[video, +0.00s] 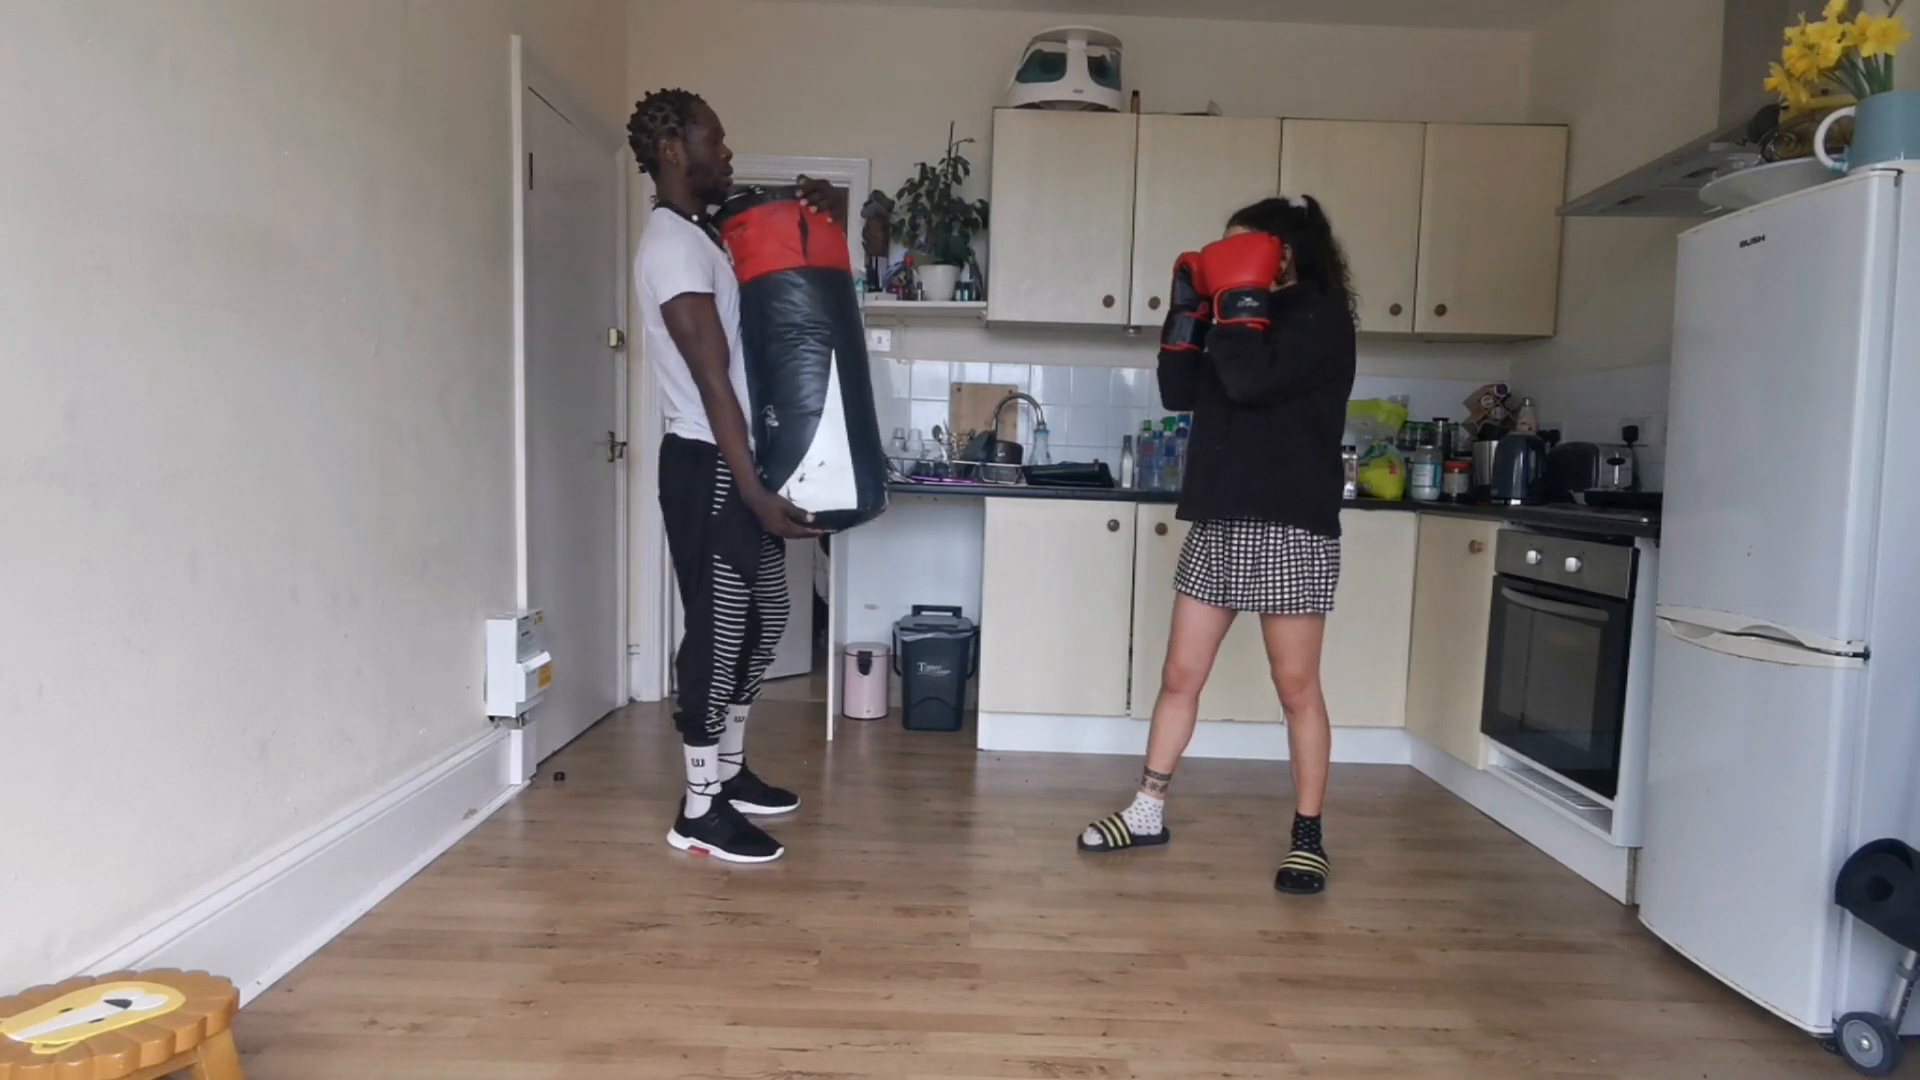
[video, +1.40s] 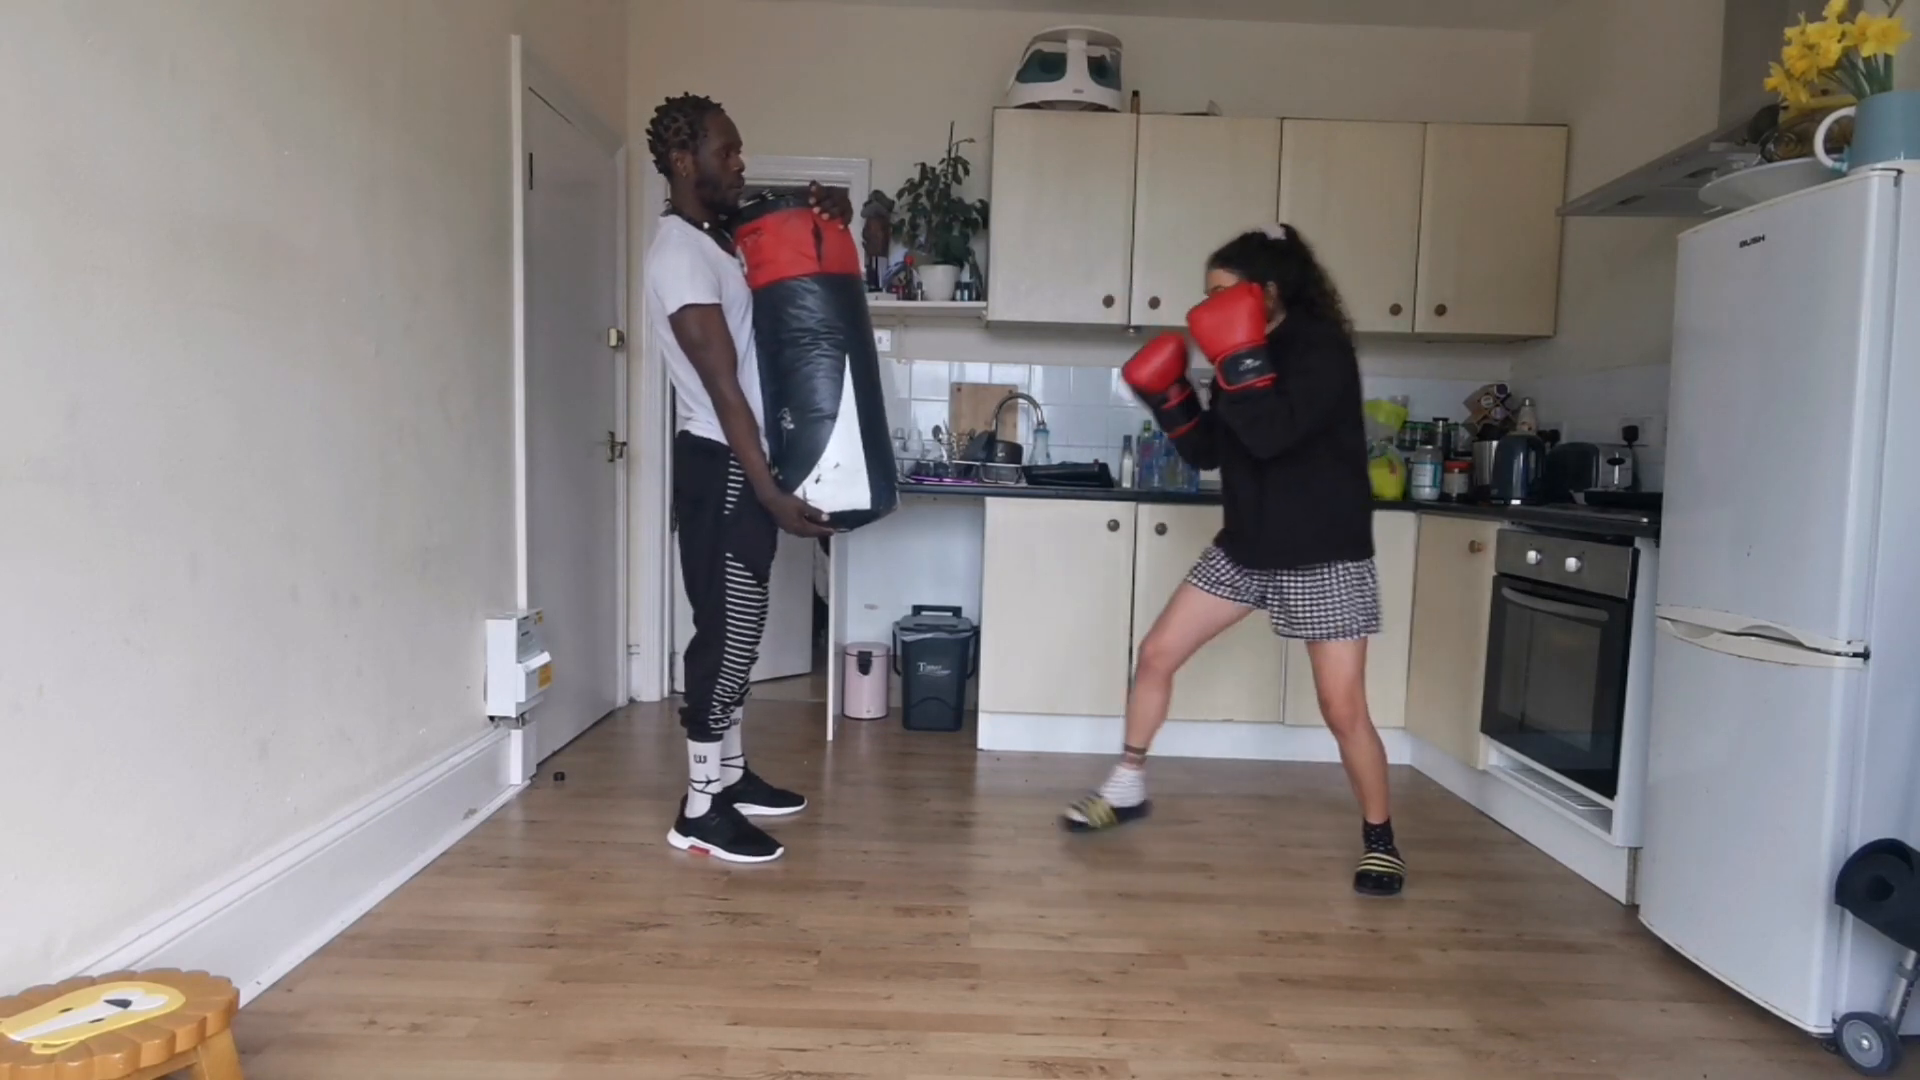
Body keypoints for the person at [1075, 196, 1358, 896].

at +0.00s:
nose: (1237, 261)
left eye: (1249, 248)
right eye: (1235, 248)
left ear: (1288, 255)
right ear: (1248, 262)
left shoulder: (1323, 318)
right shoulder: (1237, 319)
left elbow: (1247, 382)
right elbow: (1177, 392)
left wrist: (1241, 304)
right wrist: (1186, 305)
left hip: (1293, 518)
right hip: (1218, 514)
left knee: (1297, 684)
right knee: (1180, 674)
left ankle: (1307, 835)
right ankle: (1148, 810)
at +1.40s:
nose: (1215, 307)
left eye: (1225, 292)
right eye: (1212, 295)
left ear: (1270, 292)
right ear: (1238, 299)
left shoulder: (1319, 347)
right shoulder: (1247, 361)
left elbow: (1271, 435)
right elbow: (1209, 451)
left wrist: (1240, 358)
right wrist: (1170, 398)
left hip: (1325, 548)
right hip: (1248, 543)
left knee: (1343, 709)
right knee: (1156, 654)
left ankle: (1379, 841)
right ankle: (1127, 784)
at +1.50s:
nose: (1148, 307)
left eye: (1159, 292)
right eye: (1146, 295)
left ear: (1200, 288)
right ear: (1158, 299)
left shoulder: (1260, 345)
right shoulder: (1162, 361)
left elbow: (1237, 429)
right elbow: (1130, 434)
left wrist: (1195, 354)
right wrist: (1090, 403)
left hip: (1297, 526)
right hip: (1214, 535)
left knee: (1341, 687)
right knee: (1137, 663)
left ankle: (1380, 834)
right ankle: (1065, 780)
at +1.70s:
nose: (1094, 358)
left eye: (1105, 347)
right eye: (1093, 348)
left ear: (1148, 344)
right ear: (1118, 349)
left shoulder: (1199, 394)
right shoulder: (1117, 404)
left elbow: (1172, 483)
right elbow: (1035, 420)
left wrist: (1128, 415)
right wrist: (951, 405)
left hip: (1257, 557)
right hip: (1175, 563)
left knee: (1317, 706)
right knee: (1092, 659)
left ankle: (1395, 812)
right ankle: (1066, 795)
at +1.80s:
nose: (1112, 353)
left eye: (1126, 341)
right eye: (1114, 341)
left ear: (1170, 347)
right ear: (1137, 343)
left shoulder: (1216, 398)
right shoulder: (1131, 396)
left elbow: (1173, 493)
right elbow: (1065, 438)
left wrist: (1146, 421)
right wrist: (1003, 433)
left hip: (1255, 558)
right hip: (1176, 561)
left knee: (1311, 709)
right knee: (1094, 656)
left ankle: (1397, 805)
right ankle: (1065, 794)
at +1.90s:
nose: (1196, 346)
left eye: (1210, 334)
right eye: (1195, 333)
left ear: (1255, 341)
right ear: (1200, 333)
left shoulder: (1282, 402)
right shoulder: (1210, 394)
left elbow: (1225, 493)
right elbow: (1190, 468)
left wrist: (1214, 417)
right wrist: (1139, 444)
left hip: (1271, 572)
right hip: (1189, 563)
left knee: (1317, 721)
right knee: (1107, 661)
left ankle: (1391, 819)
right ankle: (1069, 792)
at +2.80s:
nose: (1157, 300)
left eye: (1168, 288)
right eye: (1155, 289)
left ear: (1211, 290)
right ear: (1165, 295)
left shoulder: (1250, 348)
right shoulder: (1165, 353)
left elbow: (1220, 429)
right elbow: (1133, 429)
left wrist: (1189, 360)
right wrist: (1098, 405)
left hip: (1258, 530)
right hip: (1181, 530)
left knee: (1299, 682)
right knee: (1101, 653)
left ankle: (1340, 801)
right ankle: (1035, 771)